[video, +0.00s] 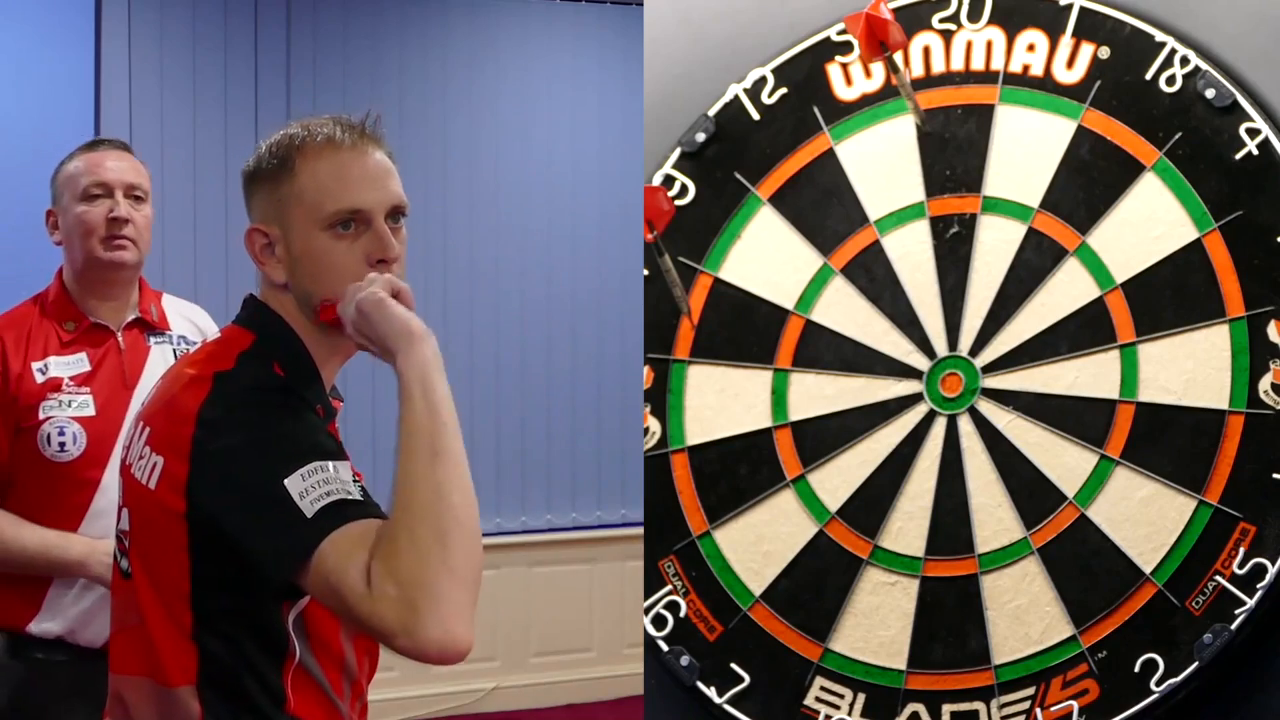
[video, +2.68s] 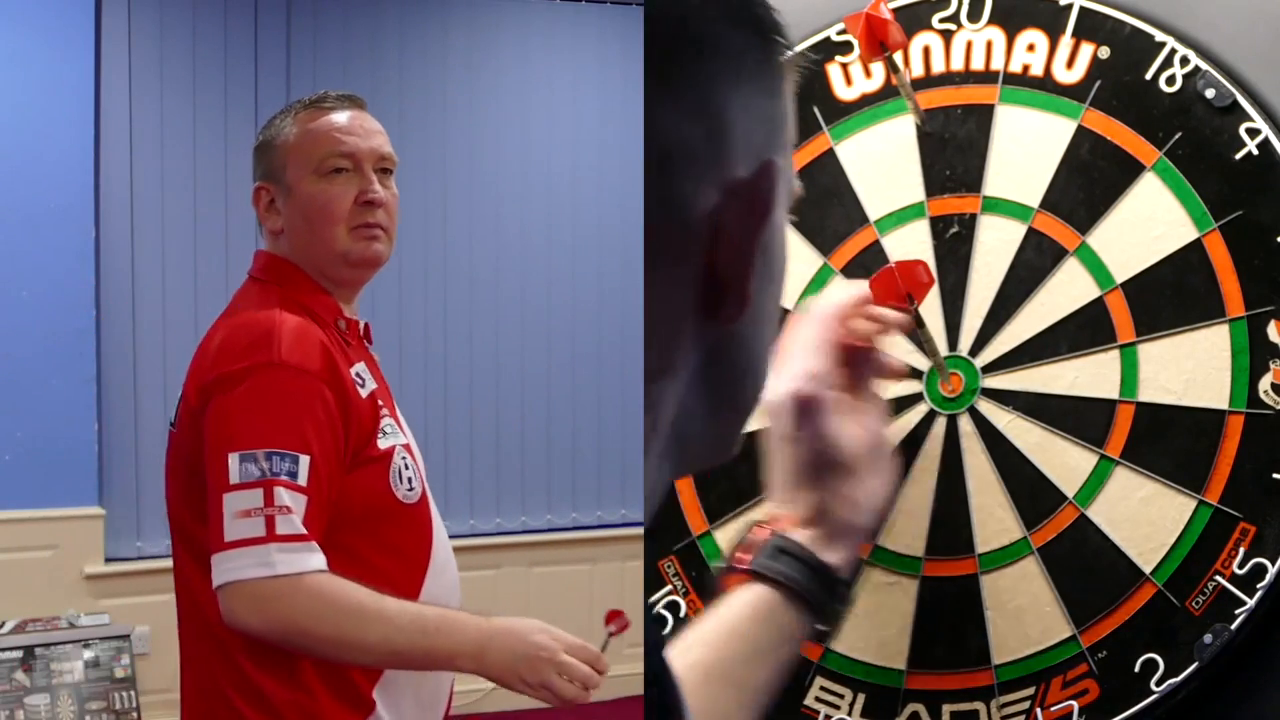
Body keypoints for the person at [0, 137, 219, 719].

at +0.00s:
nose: (120, 210)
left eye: (135, 197)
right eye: (96, 196)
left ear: (152, 221)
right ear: (55, 225)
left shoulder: (197, 331)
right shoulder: (11, 342)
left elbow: (242, 474)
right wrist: (91, 555)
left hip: (177, 652)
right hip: (43, 660)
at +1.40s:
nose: (153, 249)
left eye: (170, 227)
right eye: (128, 224)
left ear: (185, 231)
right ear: (69, 222)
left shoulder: (211, 346)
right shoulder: (9, 357)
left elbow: (230, 499)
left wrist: (247, 605)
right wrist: (90, 610)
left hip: (199, 697)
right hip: (47, 699)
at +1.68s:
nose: (236, 289)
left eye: (254, 265)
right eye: (212, 263)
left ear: (268, 255)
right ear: (147, 244)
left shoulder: (261, 360)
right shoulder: (63, 377)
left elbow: (260, 530)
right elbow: (7, 577)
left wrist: (296, 637)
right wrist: (166, 637)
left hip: (244, 704)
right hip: (102, 708)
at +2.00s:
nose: (305, 239)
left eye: (319, 214)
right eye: (276, 213)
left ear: (331, 221)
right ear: (209, 224)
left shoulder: (309, 346)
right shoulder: (140, 362)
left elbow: (316, 532)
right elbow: (75, 572)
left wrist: (362, 652)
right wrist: (263, 630)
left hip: (311, 704)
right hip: (184, 708)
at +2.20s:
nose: (321, 212)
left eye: (333, 190)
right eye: (290, 189)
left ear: (346, 204)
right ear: (225, 216)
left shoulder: (313, 340)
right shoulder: (186, 346)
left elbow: (323, 541)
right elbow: (126, 568)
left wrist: (388, 667)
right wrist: (330, 630)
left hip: (339, 702)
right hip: (228, 704)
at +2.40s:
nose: (341, 201)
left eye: (352, 181)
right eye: (308, 179)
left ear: (365, 199)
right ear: (242, 211)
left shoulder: (310, 337)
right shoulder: (227, 338)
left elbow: (316, 543)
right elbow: (187, 568)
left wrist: (400, 663)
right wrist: (399, 622)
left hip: (355, 703)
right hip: (263, 704)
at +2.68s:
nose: (375, 193)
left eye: (385, 172)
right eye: (339, 171)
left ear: (397, 193)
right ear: (271, 208)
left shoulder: (331, 336)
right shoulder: (275, 345)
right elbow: (261, 589)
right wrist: (482, 643)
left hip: (371, 701)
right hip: (308, 704)